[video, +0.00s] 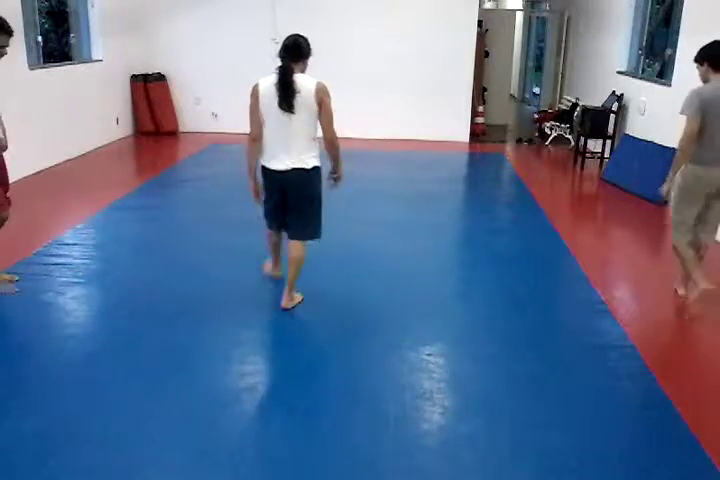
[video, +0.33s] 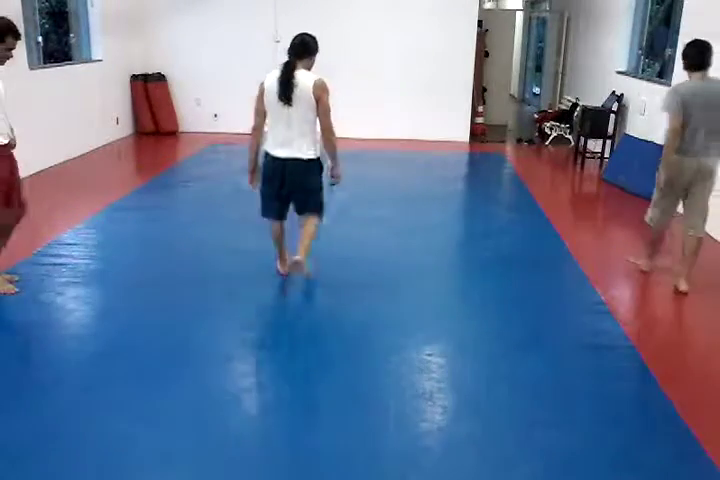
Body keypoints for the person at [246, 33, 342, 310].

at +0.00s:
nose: (307, 63)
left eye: (305, 58)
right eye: (307, 58)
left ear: (281, 56)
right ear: (306, 59)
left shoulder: (260, 89)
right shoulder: (317, 89)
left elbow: (255, 137)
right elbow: (329, 137)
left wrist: (253, 177)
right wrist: (336, 165)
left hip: (272, 173)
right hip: (304, 174)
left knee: (273, 223)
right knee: (298, 236)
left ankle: (275, 264)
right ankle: (289, 294)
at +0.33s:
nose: (314, 61)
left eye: (314, 57)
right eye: (314, 57)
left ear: (290, 53)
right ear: (311, 57)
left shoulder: (268, 82)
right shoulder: (316, 84)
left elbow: (257, 127)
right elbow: (326, 130)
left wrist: (252, 165)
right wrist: (335, 163)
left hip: (274, 162)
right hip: (305, 162)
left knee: (276, 215)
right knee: (311, 212)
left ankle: (282, 261)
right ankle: (301, 255)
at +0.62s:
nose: (330, 65)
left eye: (331, 60)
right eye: (330, 60)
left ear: (310, 54)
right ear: (323, 58)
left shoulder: (286, 76)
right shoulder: (322, 84)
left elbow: (276, 115)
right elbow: (325, 127)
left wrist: (283, 138)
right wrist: (330, 165)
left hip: (286, 151)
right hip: (312, 154)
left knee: (288, 206)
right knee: (321, 200)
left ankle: (285, 259)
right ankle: (318, 243)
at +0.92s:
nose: (346, 63)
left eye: (348, 58)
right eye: (346, 57)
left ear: (329, 50)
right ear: (335, 53)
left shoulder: (312, 68)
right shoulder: (325, 77)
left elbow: (312, 113)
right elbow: (326, 118)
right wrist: (340, 152)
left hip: (306, 138)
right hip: (320, 141)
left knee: (322, 188)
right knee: (328, 196)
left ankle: (306, 228)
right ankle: (318, 242)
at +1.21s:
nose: (351, 67)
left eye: (353, 62)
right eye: (350, 61)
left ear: (346, 59)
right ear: (338, 56)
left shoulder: (344, 80)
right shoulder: (315, 77)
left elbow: (347, 110)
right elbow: (304, 113)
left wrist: (354, 137)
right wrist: (324, 139)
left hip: (338, 138)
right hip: (318, 139)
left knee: (337, 188)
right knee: (323, 193)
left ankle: (329, 221)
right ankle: (317, 241)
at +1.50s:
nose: (339, 62)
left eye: (342, 58)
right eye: (335, 58)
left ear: (346, 56)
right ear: (325, 52)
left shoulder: (349, 73)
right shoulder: (307, 70)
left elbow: (361, 102)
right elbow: (294, 101)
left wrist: (375, 131)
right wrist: (287, 133)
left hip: (336, 134)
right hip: (309, 132)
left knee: (334, 181)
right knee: (304, 180)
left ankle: (330, 220)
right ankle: (298, 213)